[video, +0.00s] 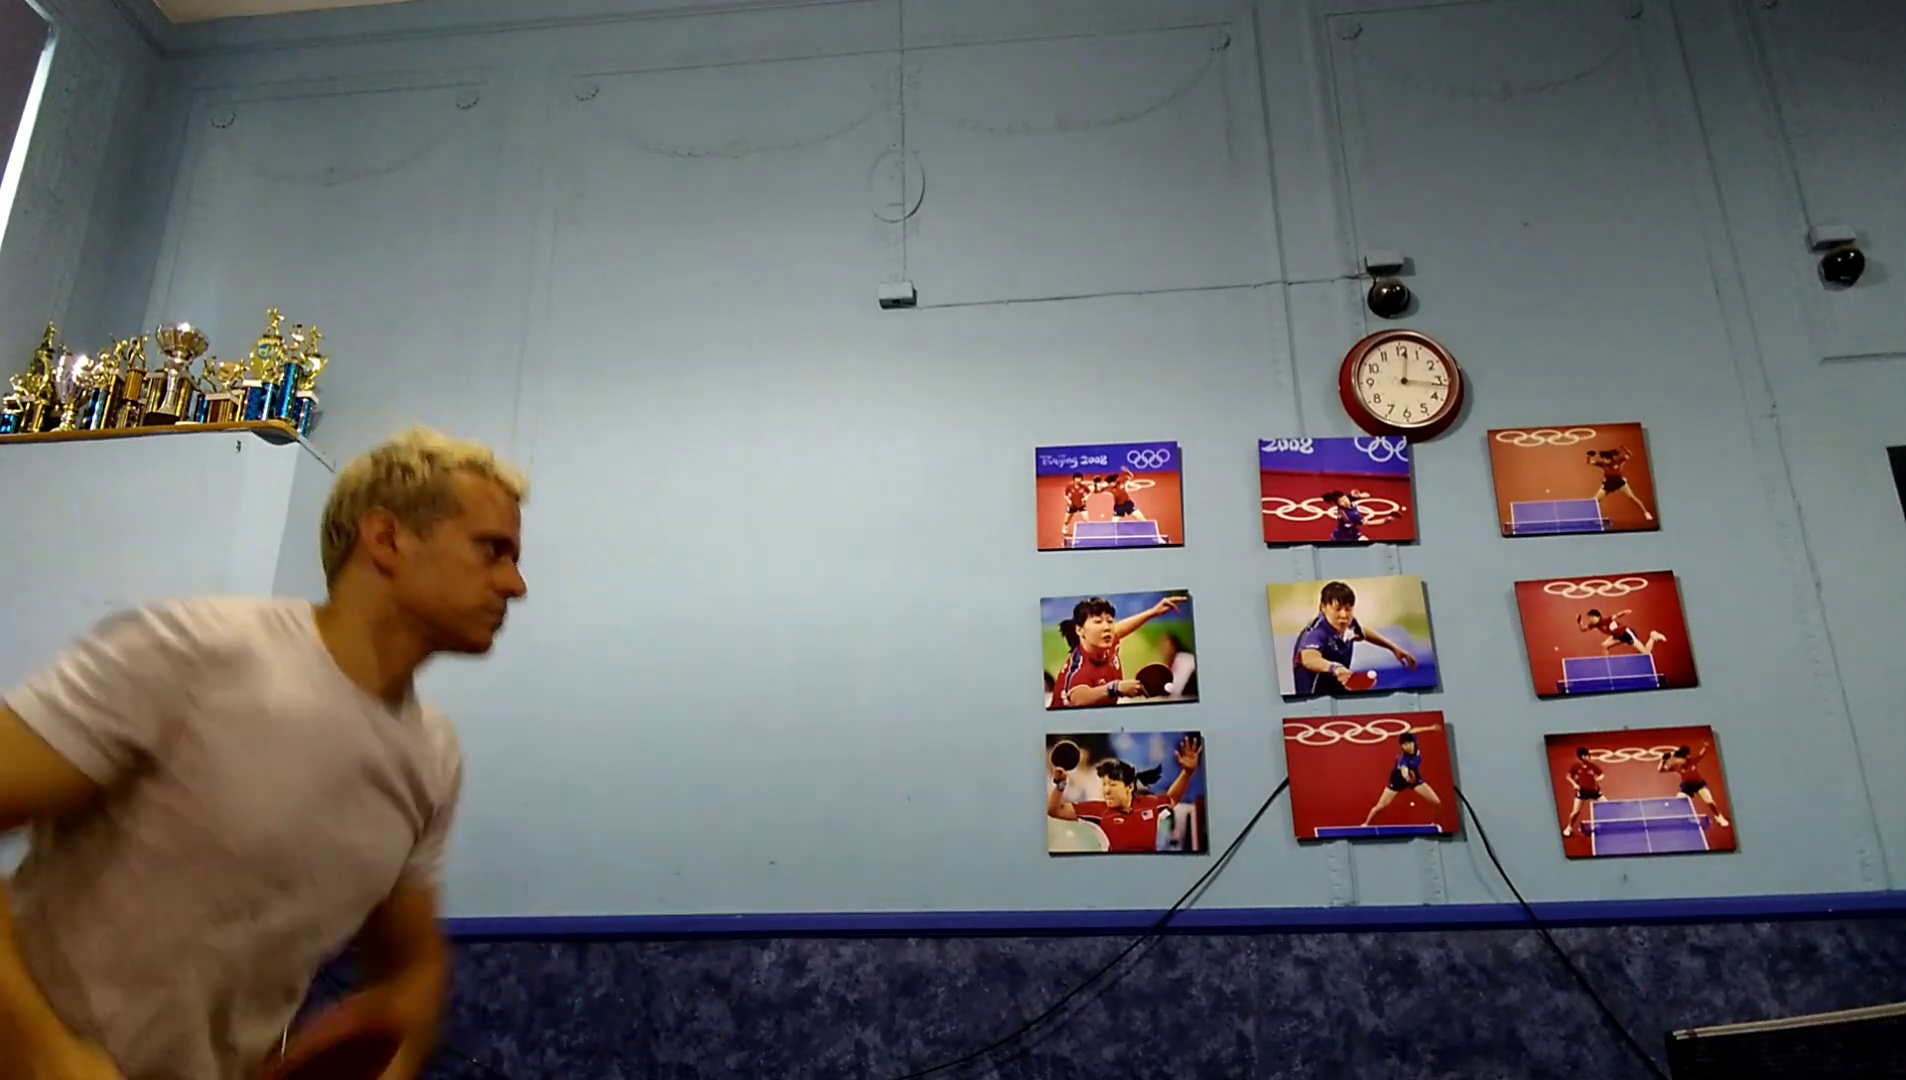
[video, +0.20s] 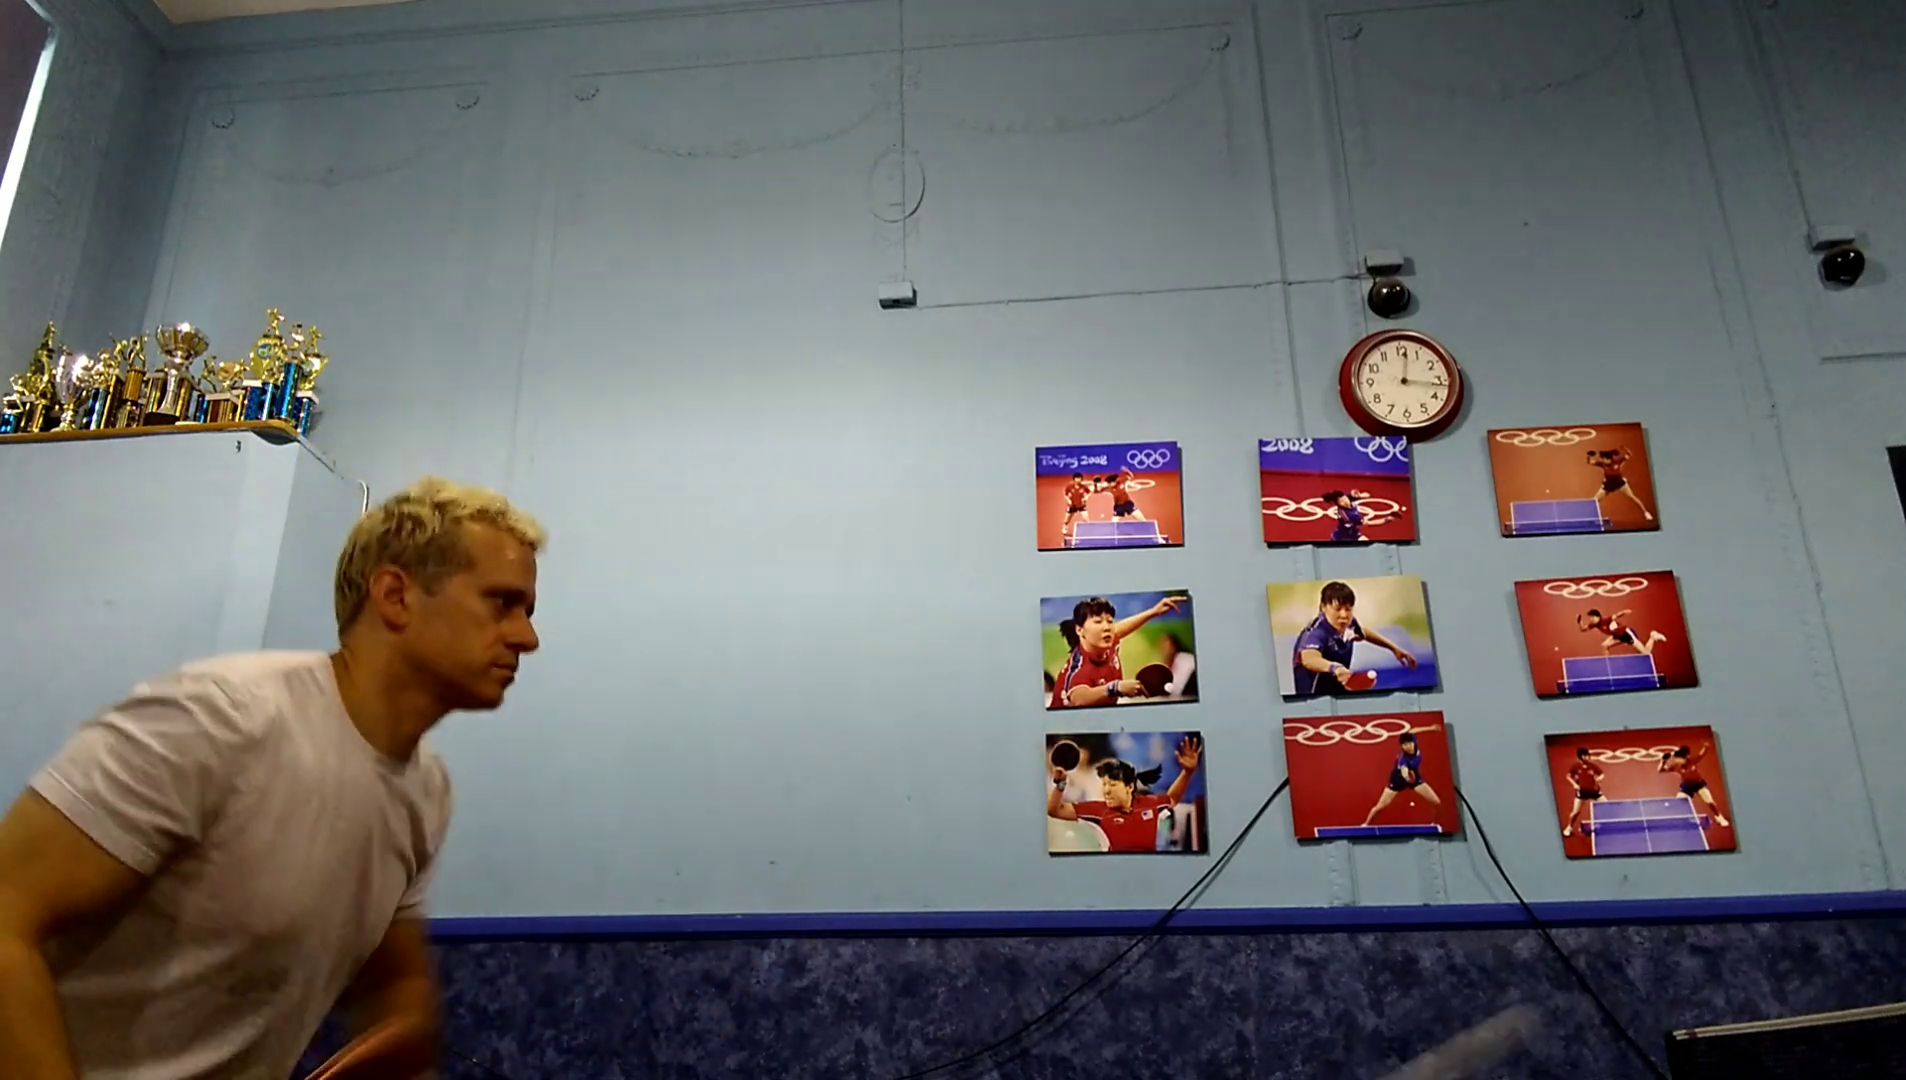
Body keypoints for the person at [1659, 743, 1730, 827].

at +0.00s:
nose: (1679, 761)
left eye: (1681, 759)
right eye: (1678, 760)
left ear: (1686, 757)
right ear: (1676, 759)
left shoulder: (1692, 761)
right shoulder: (1676, 766)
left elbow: (1700, 755)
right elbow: (1661, 770)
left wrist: (1705, 747)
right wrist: (1663, 760)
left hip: (1699, 784)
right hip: (1686, 786)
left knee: (1710, 802)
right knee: (1678, 803)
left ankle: (1719, 817)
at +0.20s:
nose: (1681, 761)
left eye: (1682, 759)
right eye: (1679, 759)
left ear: (1686, 757)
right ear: (1677, 758)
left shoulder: (1692, 760)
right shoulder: (1676, 766)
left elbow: (1700, 755)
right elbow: (1661, 770)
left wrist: (1705, 747)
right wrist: (1663, 760)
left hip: (1699, 784)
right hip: (1686, 786)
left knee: (1710, 802)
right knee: (1678, 803)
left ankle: (1718, 817)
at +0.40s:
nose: (1681, 761)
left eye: (1683, 759)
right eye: (1680, 760)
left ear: (1687, 757)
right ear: (1677, 759)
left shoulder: (1692, 761)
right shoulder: (1677, 766)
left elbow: (1700, 756)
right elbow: (1661, 770)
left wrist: (1705, 747)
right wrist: (1663, 761)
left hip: (1699, 784)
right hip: (1686, 786)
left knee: (1710, 802)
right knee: (1678, 803)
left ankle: (1718, 817)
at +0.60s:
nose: (1684, 759)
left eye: (1686, 757)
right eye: (1682, 758)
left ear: (1687, 756)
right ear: (1679, 757)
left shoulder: (1692, 760)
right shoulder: (1676, 766)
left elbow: (1701, 755)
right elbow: (1661, 770)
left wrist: (1705, 747)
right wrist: (1663, 760)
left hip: (1699, 784)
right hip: (1686, 786)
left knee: (1710, 802)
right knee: (1678, 803)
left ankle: (1719, 817)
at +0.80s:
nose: (1682, 761)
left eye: (1684, 758)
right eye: (1680, 759)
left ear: (1687, 757)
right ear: (1678, 758)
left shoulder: (1692, 760)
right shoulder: (1676, 766)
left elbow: (1700, 755)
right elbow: (1661, 770)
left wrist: (1705, 747)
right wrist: (1663, 760)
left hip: (1699, 784)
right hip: (1686, 786)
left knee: (1710, 802)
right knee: (1678, 803)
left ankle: (1718, 816)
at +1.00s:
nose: (1685, 759)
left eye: (1686, 757)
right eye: (1683, 757)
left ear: (1687, 756)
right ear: (1679, 757)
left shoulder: (1692, 760)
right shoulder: (1676, 766)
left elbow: (1701, 755)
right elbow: (1661, 770)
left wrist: (1705, 747)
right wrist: (1663, 760)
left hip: (1699, 784)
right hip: (1686, 786)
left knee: (1710, 802)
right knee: (1678, 803)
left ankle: (1719, 817)